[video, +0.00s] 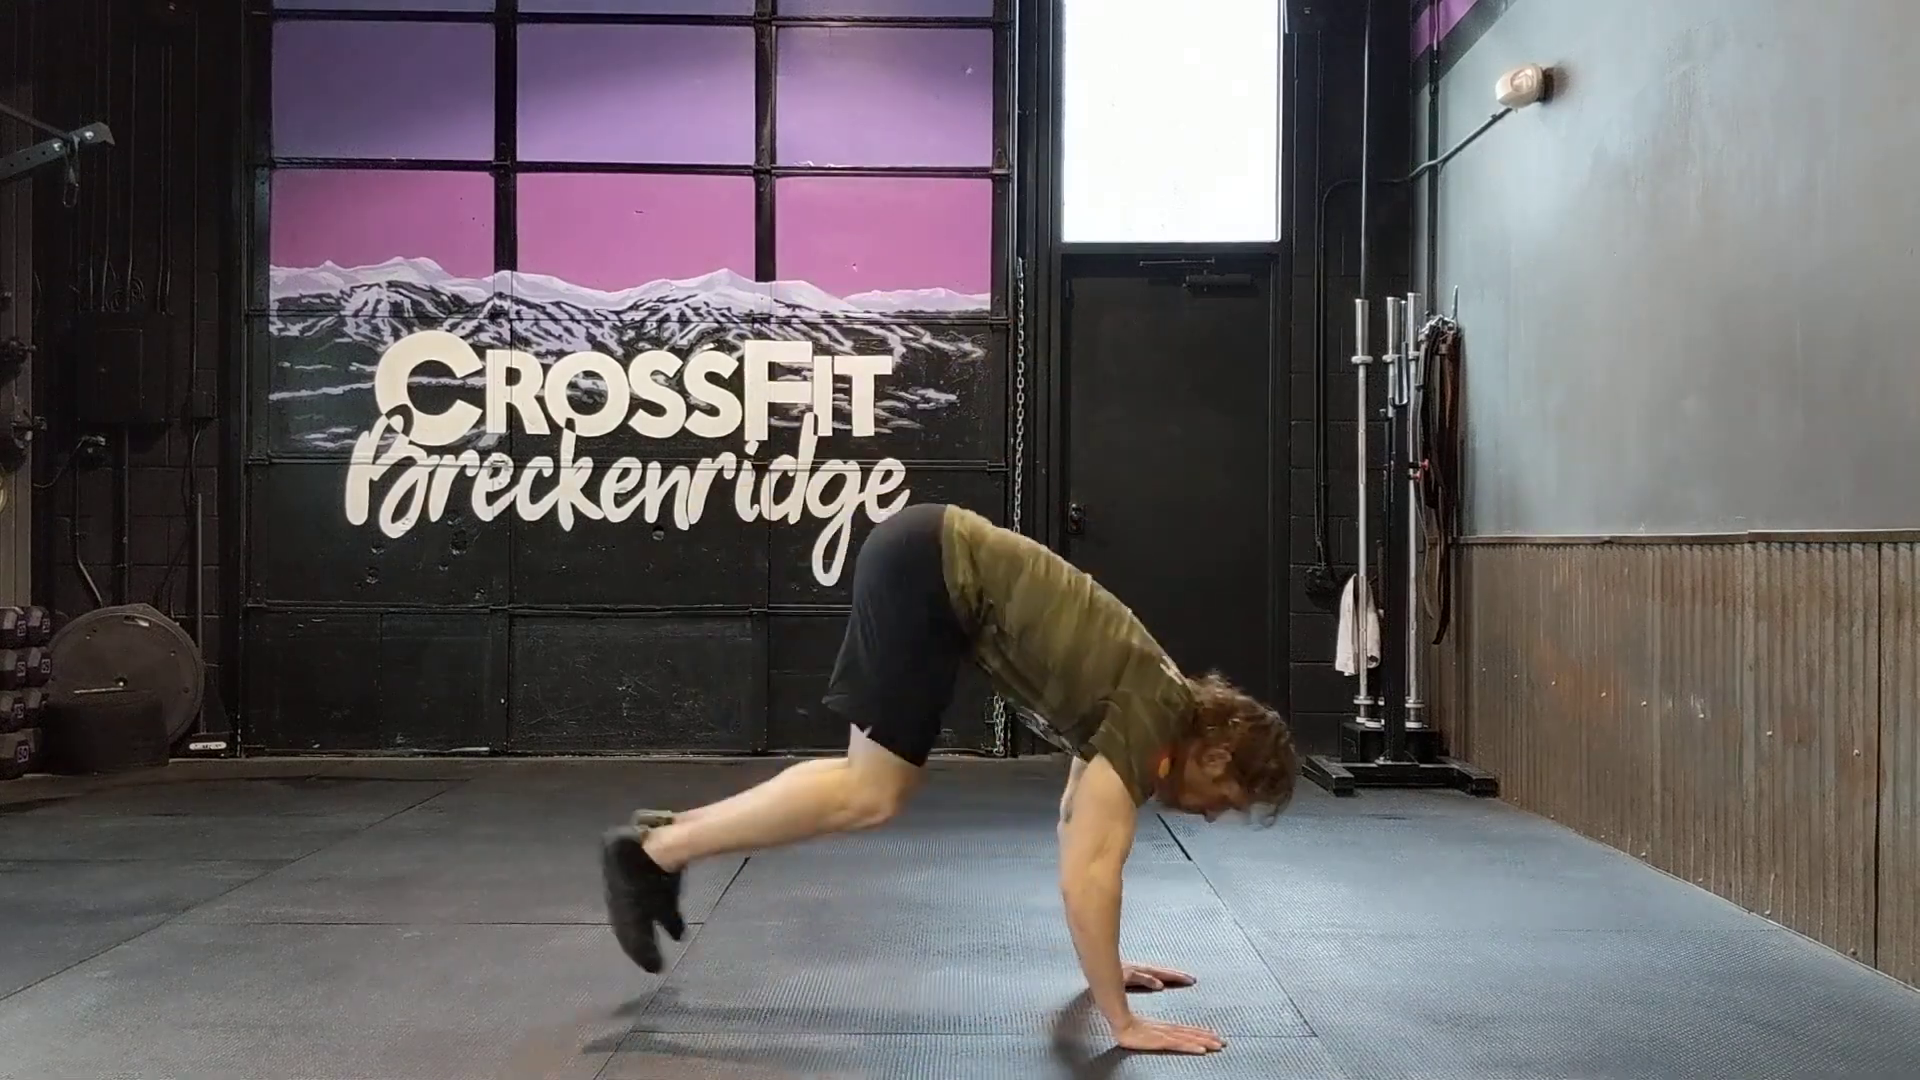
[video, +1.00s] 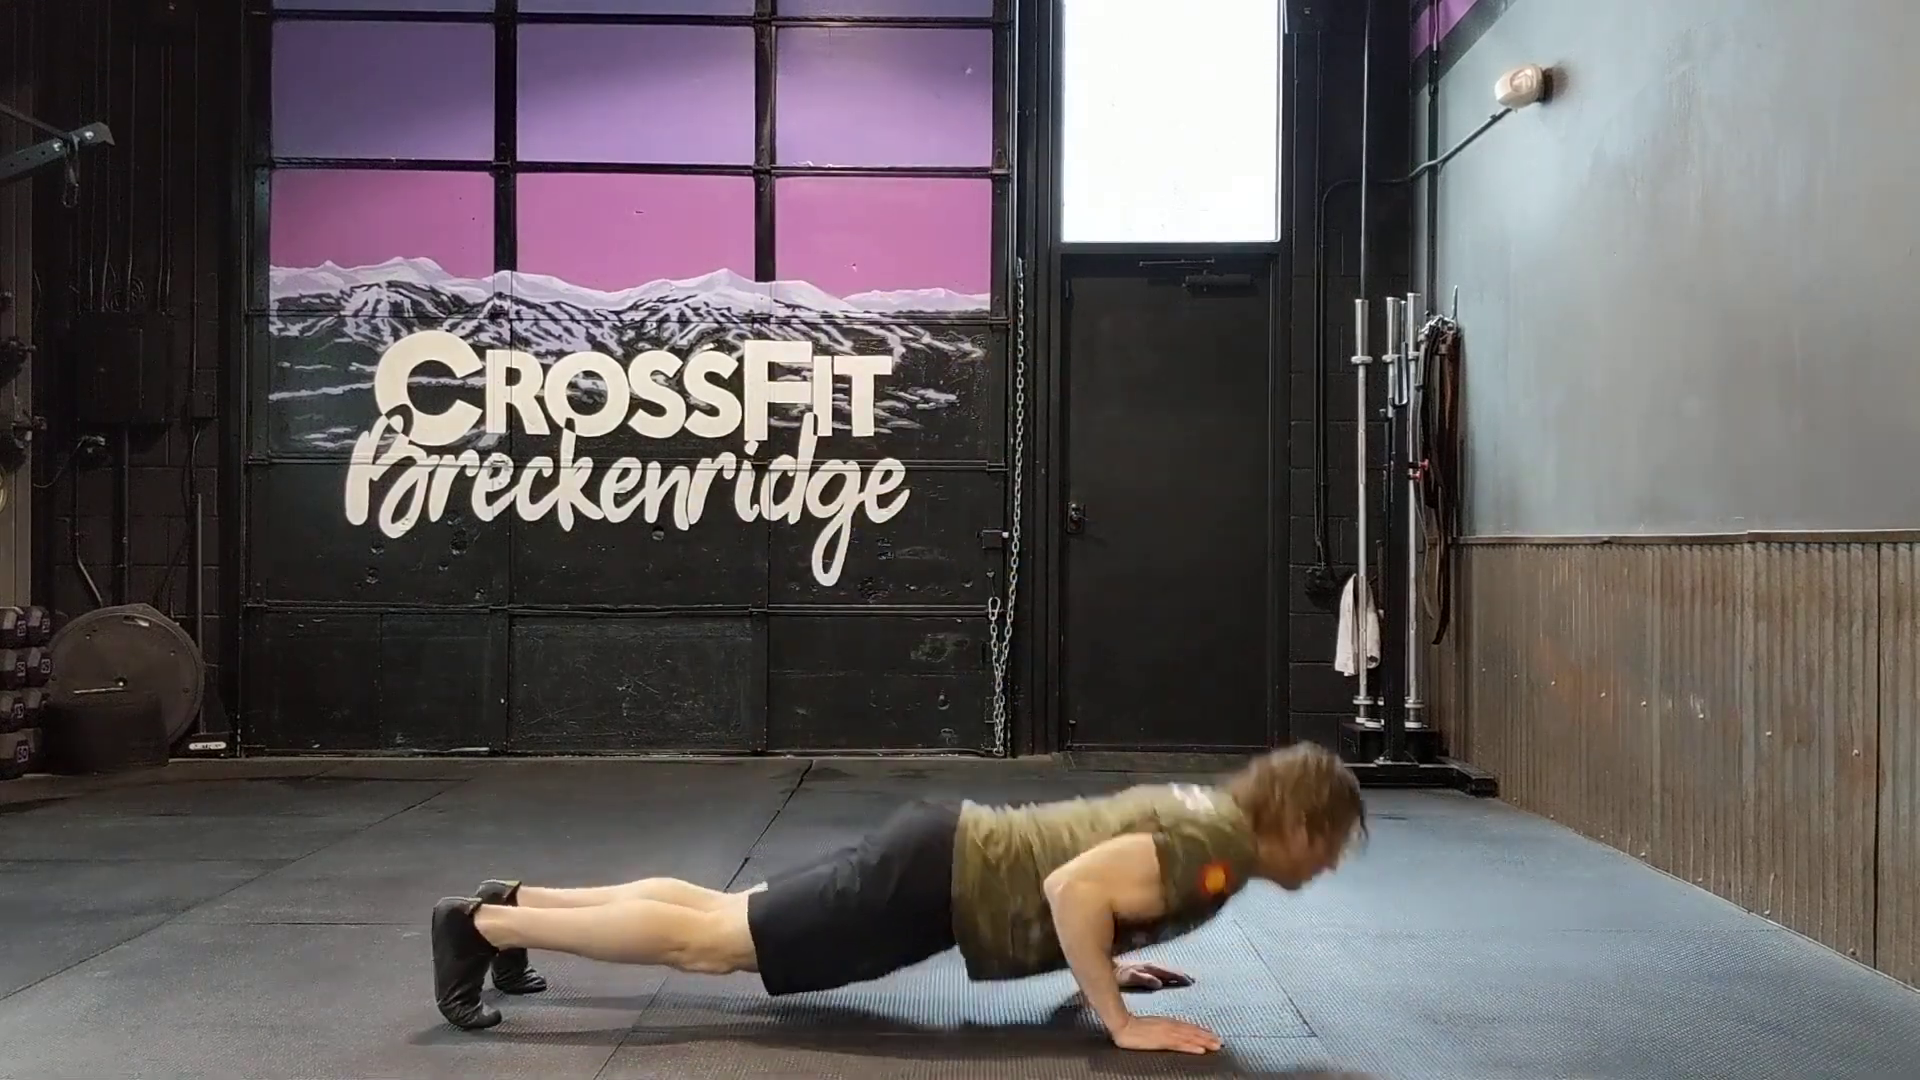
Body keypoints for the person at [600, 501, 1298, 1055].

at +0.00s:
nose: (1208, 812)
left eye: (1224, 808)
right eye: (1222, 800)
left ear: (1208, 744)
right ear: (1207, 753)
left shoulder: (1143, 698)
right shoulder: (1138, 715)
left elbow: (1082, 833)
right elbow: (1094, 866)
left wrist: (1105, 963)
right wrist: (1122, 1021)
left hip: (926, 559)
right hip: (925, 562)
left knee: (873, 786)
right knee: (871, 792)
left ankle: (672, 840)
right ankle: (658, 849)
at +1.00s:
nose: (1331, 860)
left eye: (1336, 849)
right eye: (1331, 846)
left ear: (1279, 810)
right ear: (1295, 831)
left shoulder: (1213, 823)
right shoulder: (1204, 856)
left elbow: (1095, 863)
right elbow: (1079, 887)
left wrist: (1129, 946)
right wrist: (1122, 1021)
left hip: (949, 850)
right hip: (945, 879)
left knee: (724, 913)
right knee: (714, 940)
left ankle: (518, 907)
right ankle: (487, 931)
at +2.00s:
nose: (1204, 475)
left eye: (1204, 459)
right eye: (1195, 457)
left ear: (1139, 458)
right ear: (1144, 457)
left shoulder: (1080, 515)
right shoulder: (1067, 516)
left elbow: (1074, 653)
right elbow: (1072, 683)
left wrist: (1156, 690)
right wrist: (1219, 725)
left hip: (915, 649)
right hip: (872, 654)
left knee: (1050, 752)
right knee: (1034, 791)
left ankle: (964, 947)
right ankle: (922, 1005)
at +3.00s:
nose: (1138, 260)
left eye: (1144, 243)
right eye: (1138, 238)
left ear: (1092, 218)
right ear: (1093, 216)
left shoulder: (1031, 295)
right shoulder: (1007, 291)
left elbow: (956, 439)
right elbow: (927, 436)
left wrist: (982, 573)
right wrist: (971, 576)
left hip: (957, 552)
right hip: (934, 551)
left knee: (960, 754)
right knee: (957, 756)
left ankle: (931, 956)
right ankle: (911, 989)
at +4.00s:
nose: (1310, 798)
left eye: (1327, 789)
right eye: (1322, 782)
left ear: (1296, 727)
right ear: (1298, 740)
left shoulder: (1217, 704)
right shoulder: (1226, 726)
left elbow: (1108, 837)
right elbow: (1140, 867)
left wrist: (1135, 964)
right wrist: (1146, 1019)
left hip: (974, 647)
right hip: (974, 654)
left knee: (784, 795)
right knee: (779, 803)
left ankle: (573, 854)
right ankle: (556, 864)